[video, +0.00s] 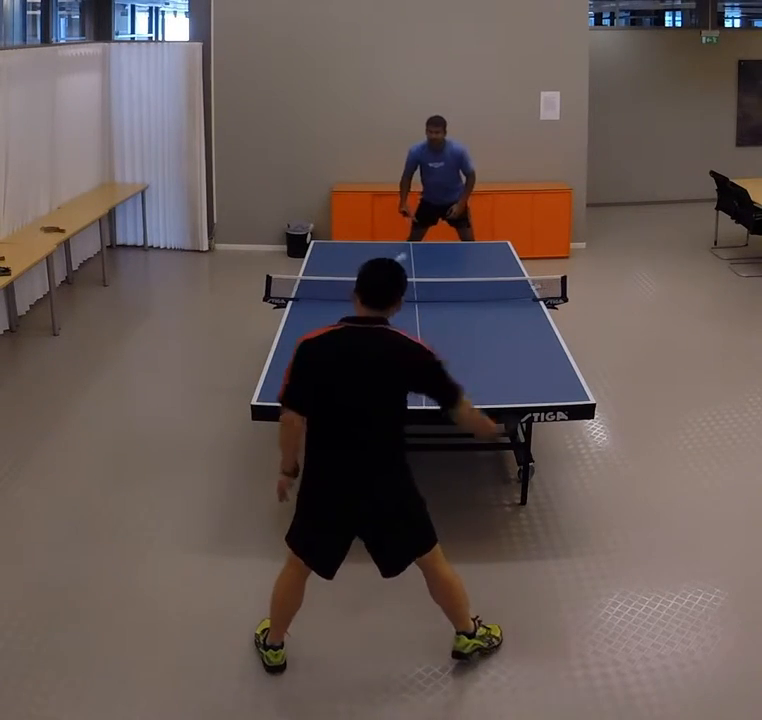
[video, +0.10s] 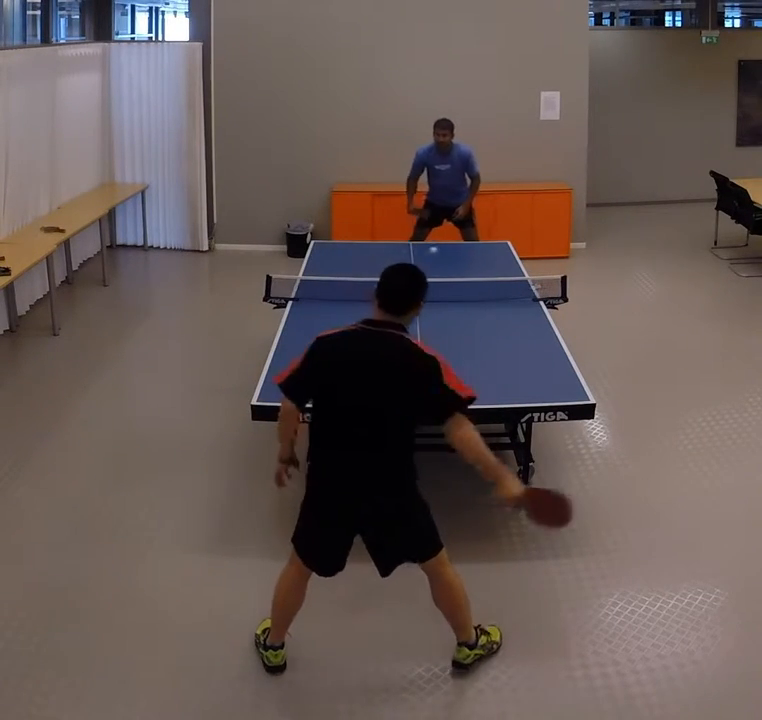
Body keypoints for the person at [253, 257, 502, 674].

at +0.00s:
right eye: (398, 298)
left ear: (355, 295)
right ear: (399, 302)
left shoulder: (313, 346)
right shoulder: (408, 352)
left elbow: (292, 416)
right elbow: (459, 409)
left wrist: (289, 469)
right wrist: (490, 429)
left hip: (326, 484)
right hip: (388, 484)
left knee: (297, 566)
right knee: (432, 563)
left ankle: (273, 643)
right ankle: (468, 635)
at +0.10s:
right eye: (417, 303)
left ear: (375, 297)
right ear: (417, 307)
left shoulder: (328, 345)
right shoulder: (421, 362)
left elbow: (290, 405)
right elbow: (458, 428)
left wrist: (286, 451)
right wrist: (502, 478)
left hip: (331, 486)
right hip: (392, 489)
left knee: (301, 565)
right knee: (437, 566)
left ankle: (273, 643)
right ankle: (468, 642)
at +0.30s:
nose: (463, 322)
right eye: (464, 317)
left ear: (419, 312)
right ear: (461, 322)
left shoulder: (376, 354)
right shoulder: (457, 375)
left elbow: (331, 409)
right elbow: (446, 432)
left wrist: (327, 457)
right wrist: (454, 504)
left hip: (359, 490)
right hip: (418, 497)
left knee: (316, 566)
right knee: (455, 572)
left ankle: (276, 642)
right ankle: (468, 648)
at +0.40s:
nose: (468, 320)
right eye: (467, 314)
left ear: (422, 311)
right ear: (463, 320)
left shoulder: (380, 354)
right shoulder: (462, 376)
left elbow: (341, 419)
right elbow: (463, 454)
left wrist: (368, 455)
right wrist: (482, 517)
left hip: (364, 489)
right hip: (421, 498)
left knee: (323, 565)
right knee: (456, 567)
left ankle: (287, 646)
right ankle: (468, 647)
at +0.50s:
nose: (464, 324)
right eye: (465, 318)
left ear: (420, 315)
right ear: (463, 323)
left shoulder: (379, 359)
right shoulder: (465, 384)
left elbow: (346, 425)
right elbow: (475, 460)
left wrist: (378, 450)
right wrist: (501, 499)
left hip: (364, 493)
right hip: (425, 502)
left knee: (323, 566)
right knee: (463, 565)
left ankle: (289, 647)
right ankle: (475, 646)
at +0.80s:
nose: (592, 363)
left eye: (593, 355)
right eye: (594, 356)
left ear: (552, 340)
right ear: (584, 356)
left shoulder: (493, 366)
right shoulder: (562, 421)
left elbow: (435, 405)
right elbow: (569, 506)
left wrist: (439, 455)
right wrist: (614, 549)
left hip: (432, 496)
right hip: (486, 518)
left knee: (382, 554)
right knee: (550, 564)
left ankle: (303, 616)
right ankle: (530, 641)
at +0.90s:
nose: (650, 380)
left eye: (653, 372)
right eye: (652, 371)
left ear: (612, 351)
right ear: (637, 367)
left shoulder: (553, 371)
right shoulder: (606, 428)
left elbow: (493, 397)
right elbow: (630, 517)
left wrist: (482, 453)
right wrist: (670, 576)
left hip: (477, 494)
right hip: (521, 522)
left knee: (447, 549)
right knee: (572, 571)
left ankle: (366, 600)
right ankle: (531, 641)